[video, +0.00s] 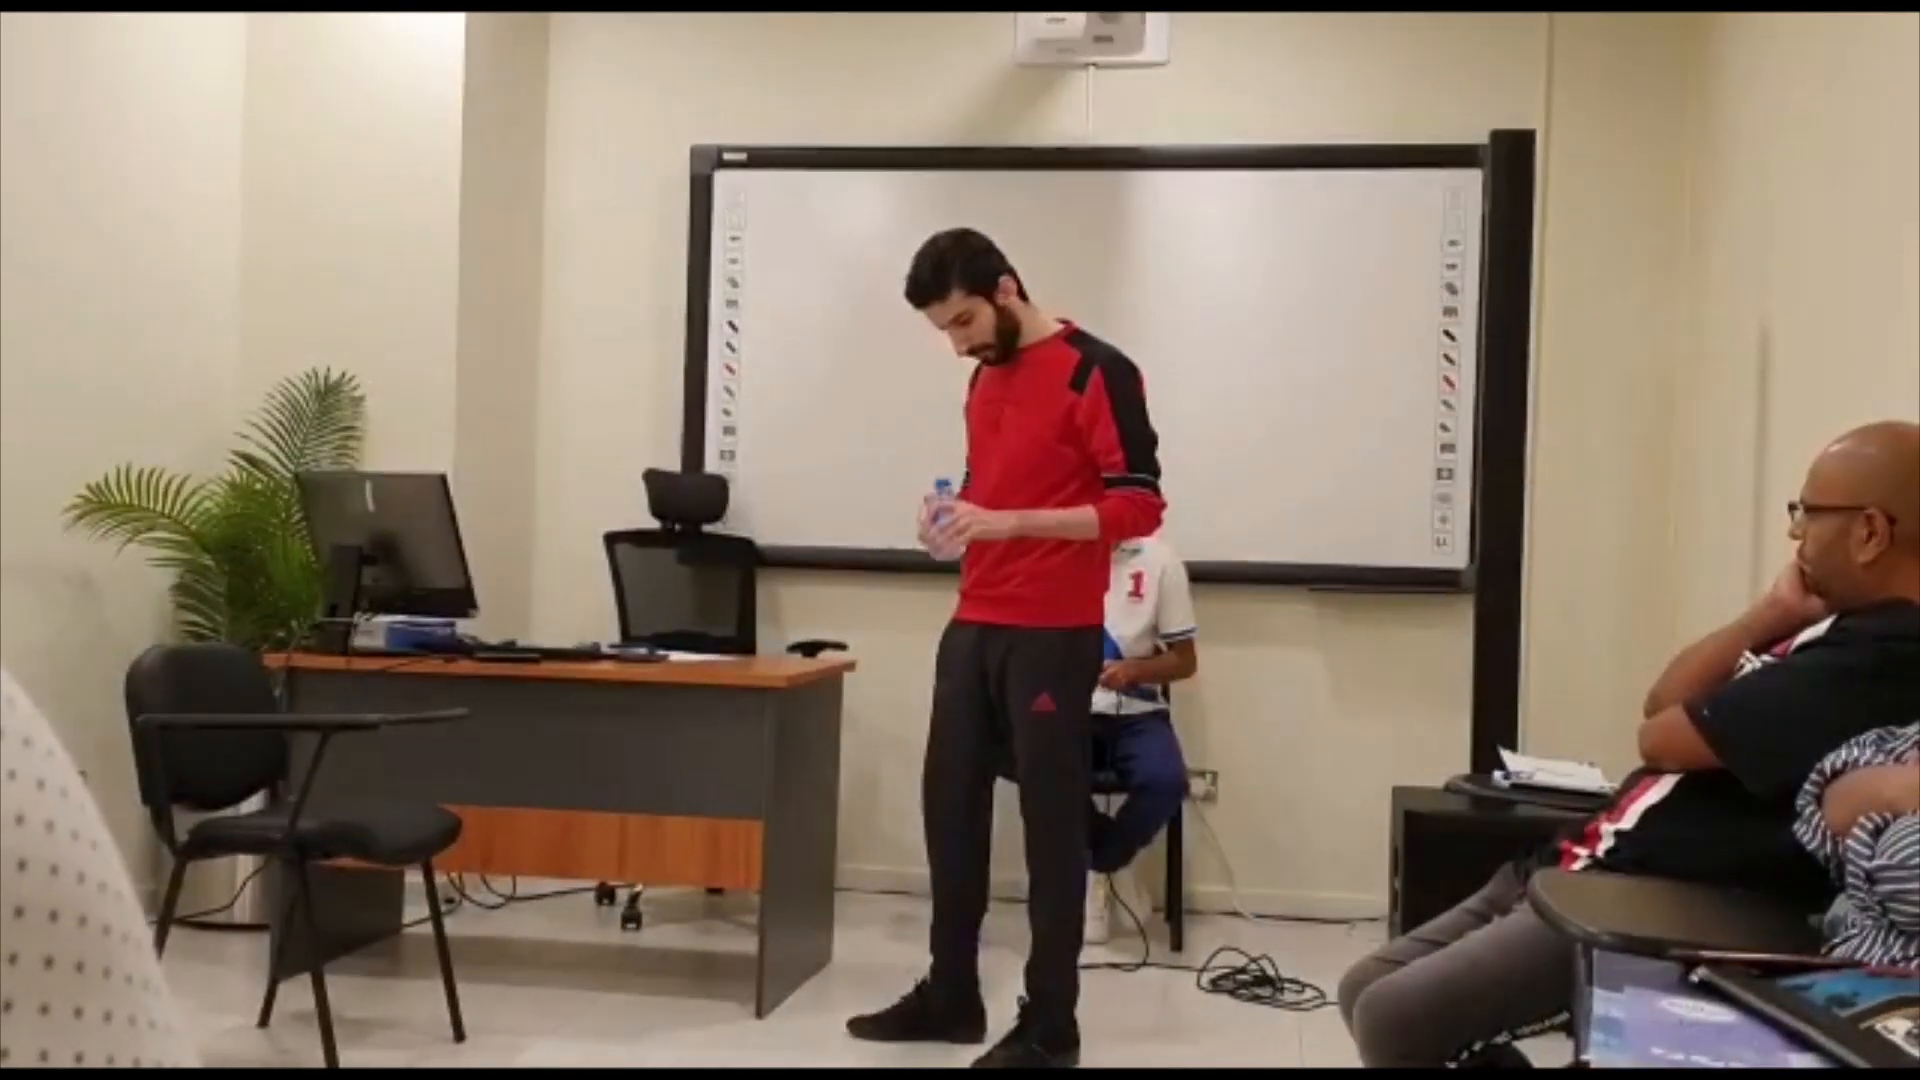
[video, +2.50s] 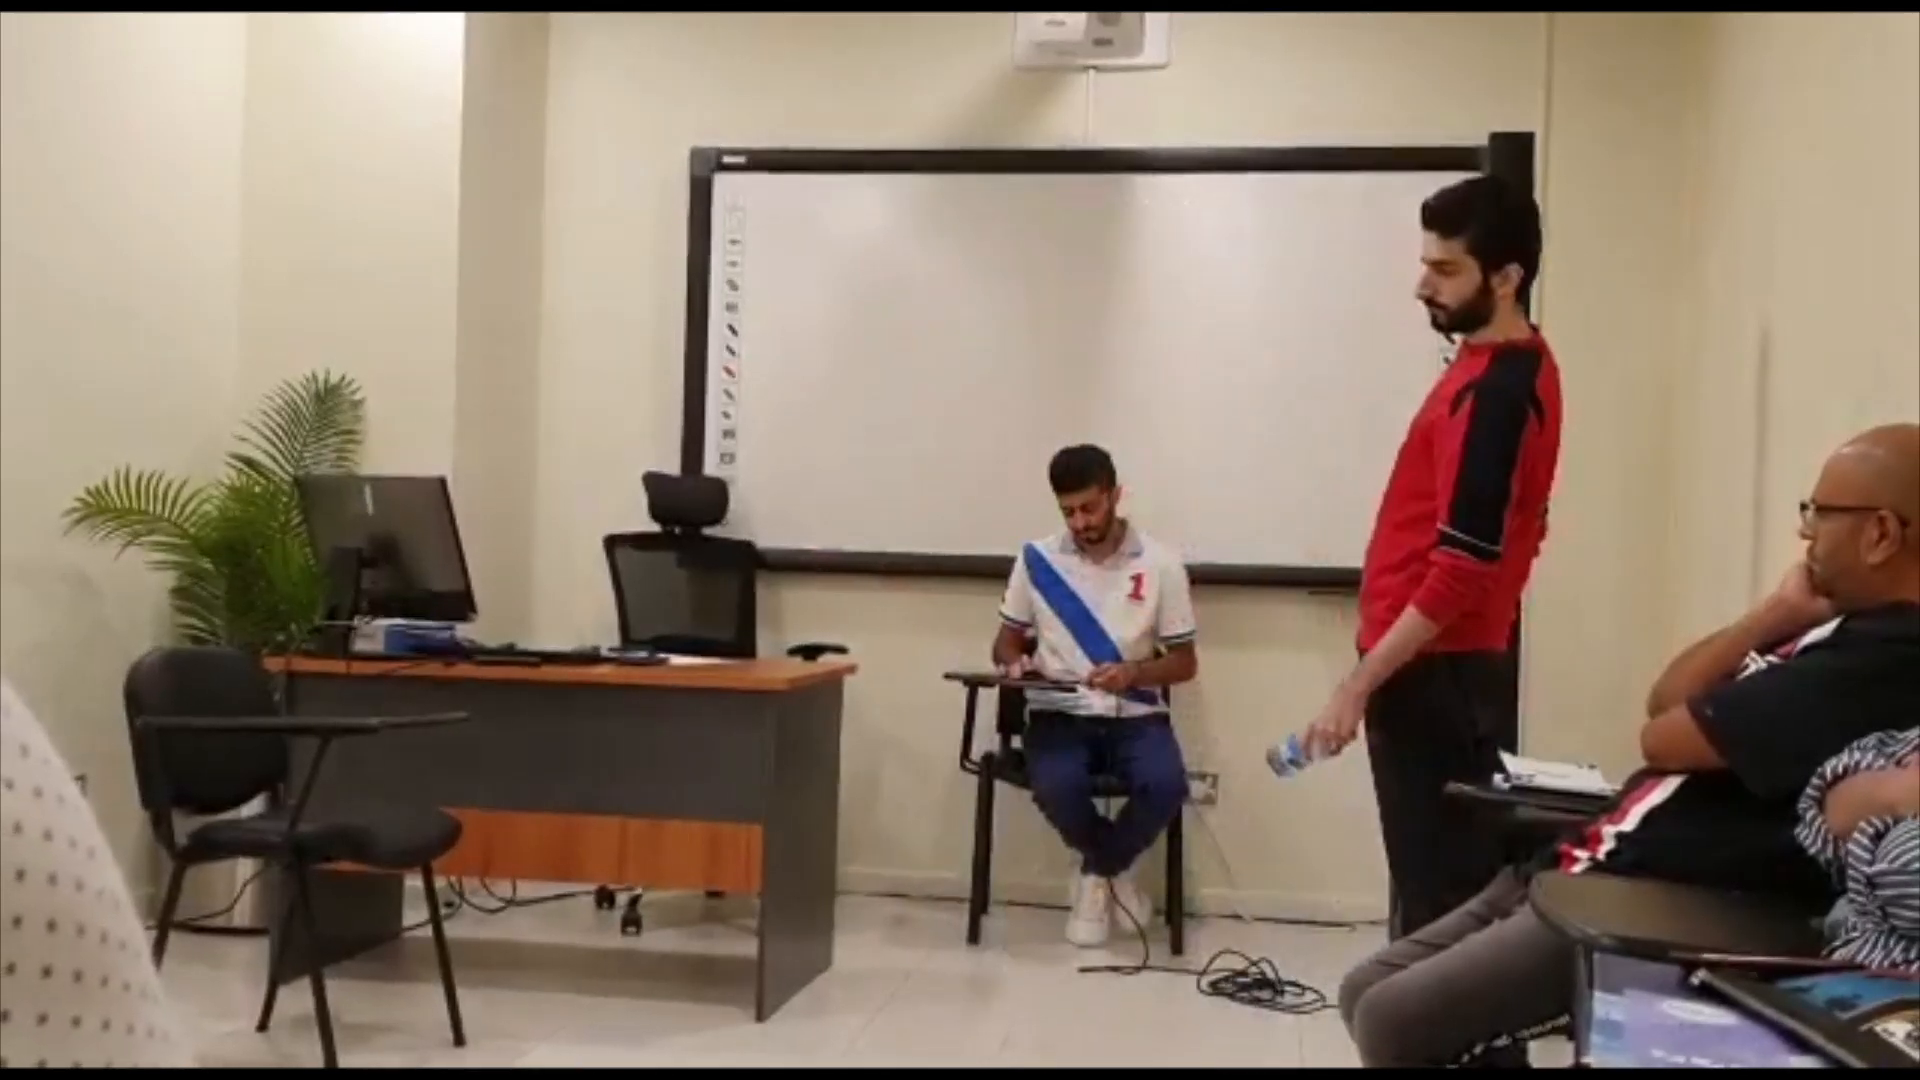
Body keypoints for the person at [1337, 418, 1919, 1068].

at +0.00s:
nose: (1794, 536)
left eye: (1806, 516)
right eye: (1798, 515)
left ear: (1873, 532)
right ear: (1873, 532)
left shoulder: (1882, 650)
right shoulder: (1848, 627)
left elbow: (1665, 743)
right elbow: (1662, 704)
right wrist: (1779, 610)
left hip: (1638, 907)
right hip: (1585, 863)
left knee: (1390, 1020)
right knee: (1365, 986)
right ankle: (1486, 1060)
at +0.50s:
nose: (1795, 536)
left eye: (1806, 517)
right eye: (1798, 516)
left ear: (1873, 533)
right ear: (1872, 533)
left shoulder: (1883, 651)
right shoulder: (1846, 628)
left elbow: (1665, 744)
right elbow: (1662, 703)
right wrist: (1778, 611)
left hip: (1640, 906)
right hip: (1588, 862)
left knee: (1389, 1022)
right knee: (1364, 988)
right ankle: (1489, 1060)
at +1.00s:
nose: (1796, 538)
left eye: (1807, 517)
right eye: (1799, 516)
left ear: (1874, 532)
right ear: (1874, 532)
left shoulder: (1881, 651)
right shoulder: (1848, 628)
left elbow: (1663, 744)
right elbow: (1661, 702)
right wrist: (1778, 612)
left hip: (1640, 906)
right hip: (1586, 863)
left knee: (1388, 1022)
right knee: (1364, 987)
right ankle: (1486, 1060)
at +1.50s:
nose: (1801, 534)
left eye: (1814, 514)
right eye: (1806, 513)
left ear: (1880, 533)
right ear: (1881, 533)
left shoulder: (1884, 650)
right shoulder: (1854, 627)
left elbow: (1663, 741)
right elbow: (1662, 701)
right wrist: (1778, 612)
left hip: (1641, 906)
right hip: (1589, 862)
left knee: (1387, 1021)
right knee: (1363, 988)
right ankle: (1486, 1060)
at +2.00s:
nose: (1801, 534)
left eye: (1814, 514)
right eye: (1806, 513)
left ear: (1880, 534)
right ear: (1881, 534)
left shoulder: (1885, 651)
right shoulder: (1855, 629)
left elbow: (1666, 743)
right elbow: (1664, 701)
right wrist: (1782, 611)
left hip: (1642, 906)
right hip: (1593, 864)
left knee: (1386, 1022)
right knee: (1363, 988)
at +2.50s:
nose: (1803, 534)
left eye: (1817, 515)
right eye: (1808, 514)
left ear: (1883, 535)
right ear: (1882, 535)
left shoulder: (1887, 652)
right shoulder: (1851, 628)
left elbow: (1666, 744)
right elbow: (1665, 701)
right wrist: (1781, 612)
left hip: (1642, 909)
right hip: (1592, 866)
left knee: (1389, 1022)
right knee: (1365, 988)